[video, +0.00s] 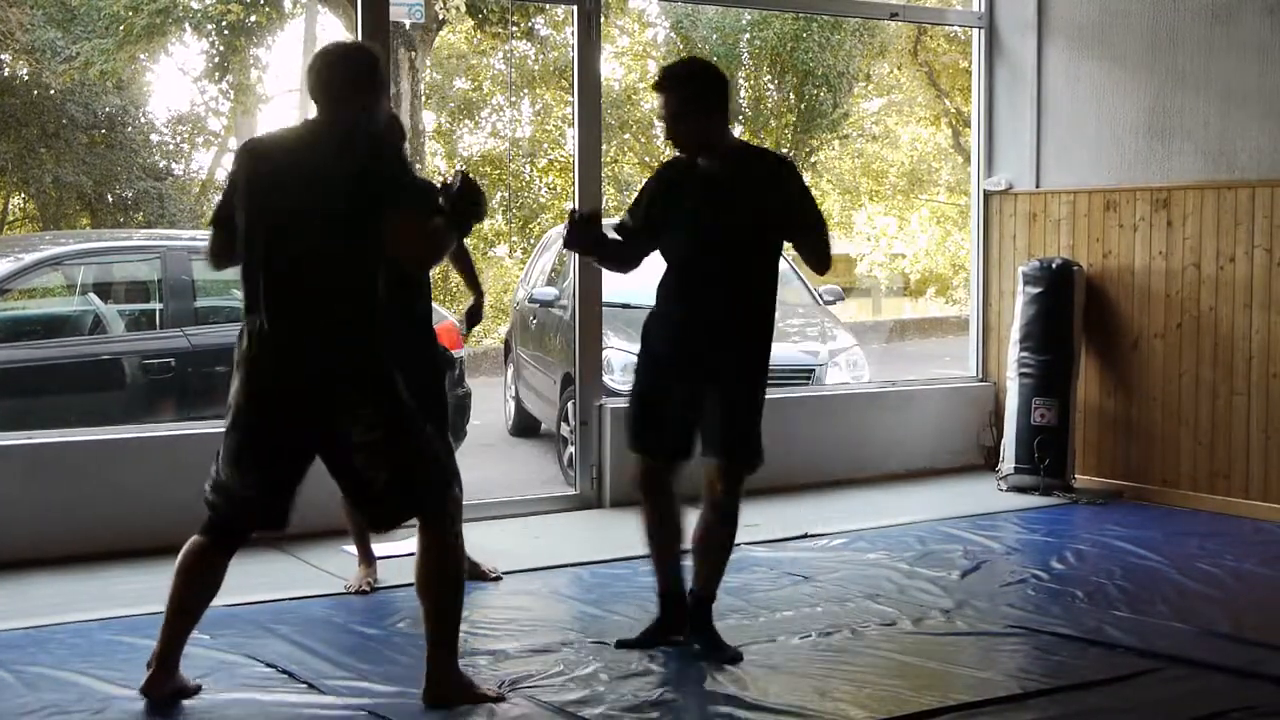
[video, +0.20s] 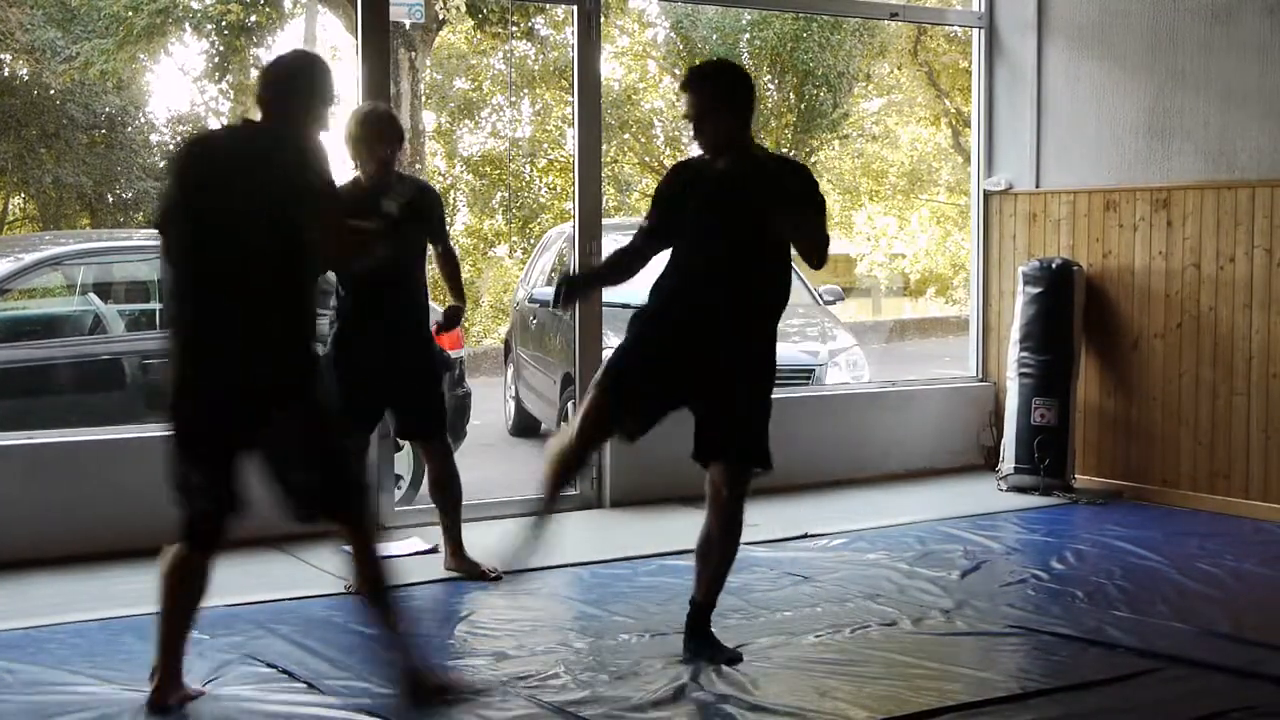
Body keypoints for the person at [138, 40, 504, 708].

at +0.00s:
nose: (388, 104)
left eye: (384, 93)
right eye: (384, 92)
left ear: (312, 92)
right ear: (370, 93)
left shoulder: (258, 157)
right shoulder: (380, 150)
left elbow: (223, 250)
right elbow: (417, 250)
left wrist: (300, 224)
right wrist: (457, 212)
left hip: (272, 378)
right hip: (368, 376)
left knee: (223, 524)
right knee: (439, 509)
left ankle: (162, 667)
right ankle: (443, 675)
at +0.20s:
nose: (327, 118)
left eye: (327, 106)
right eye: (326, 105)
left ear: (265, 94)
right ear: (310, 102)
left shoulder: (198, 153)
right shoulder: (302, 161)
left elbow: (171, 240)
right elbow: (336, 252)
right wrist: (386, 224)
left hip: (201, 376)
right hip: (283, 376)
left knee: (200, 530)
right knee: (356, 521)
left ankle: (165, 683)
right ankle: (414, 675)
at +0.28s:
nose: (310, 110)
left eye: (310, 97)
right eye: (310, 97)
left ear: (249, 80)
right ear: (294, 92)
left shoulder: (175, 133)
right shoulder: (280, 152)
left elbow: (145, 228)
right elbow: (324, 244)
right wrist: (364, 199)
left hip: (148, 348)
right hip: (224, 353)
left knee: (156, 510)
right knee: (289, 495)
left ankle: (151, 671)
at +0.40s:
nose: (278, 107)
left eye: (280, 96)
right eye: (278, 95)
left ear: (220, 78)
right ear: (263, 90)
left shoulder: (144, 127)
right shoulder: (258, 157)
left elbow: (105, 218)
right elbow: (298, 234)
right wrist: (359, 193)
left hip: (89, 330)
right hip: (164, 343)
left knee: (75, 463)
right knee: (165, 516)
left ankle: (57, 549)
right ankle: (64, 676)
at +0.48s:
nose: (260, 115)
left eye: (260, 103)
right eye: (258, 102)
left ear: (199, 89)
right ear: (240, 101)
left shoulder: (121, 135)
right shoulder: (231, 167)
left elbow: (78, 220)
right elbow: (258, 260)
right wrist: (307, 247)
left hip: (48, 350)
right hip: (125, 369)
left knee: (5, 509)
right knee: (146, 529)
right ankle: (59, 684)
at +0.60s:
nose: (226, 143)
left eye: (228, 131)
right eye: (224, 129)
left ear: (168, 104)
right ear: (200, 118)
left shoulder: (84, 142)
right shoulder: (176, 174)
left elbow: (45, 231)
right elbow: (185, 280)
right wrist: (253, 265)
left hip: (16, 354)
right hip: (89, 369)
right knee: (131, 537)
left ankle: (53, 692)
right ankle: (52, 694)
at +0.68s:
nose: (204, 141)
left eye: (208, 126)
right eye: (202, 124)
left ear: (146, 101)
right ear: (174, 114)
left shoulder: (64, 141)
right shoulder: (147, 169)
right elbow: (145, 278)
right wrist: (209, 255)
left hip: (9, 354)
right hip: (70, 366)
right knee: (126, 533)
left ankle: (51, 690)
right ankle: (51, 692)